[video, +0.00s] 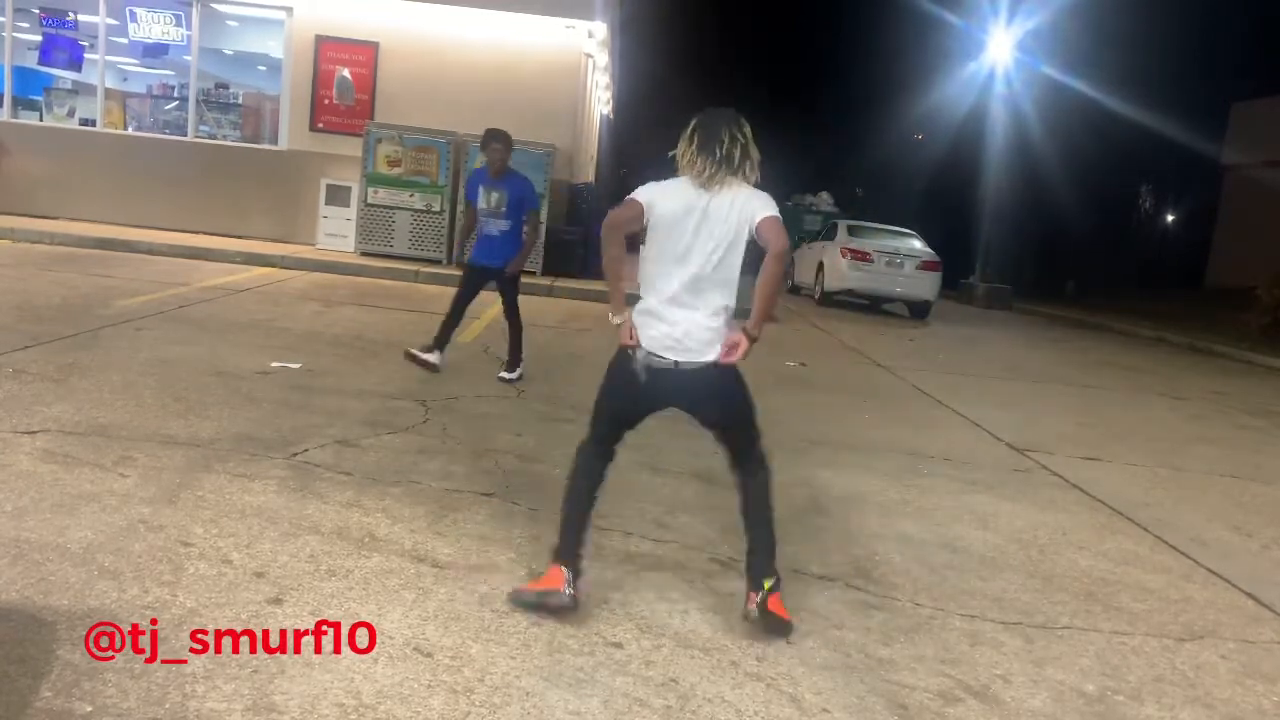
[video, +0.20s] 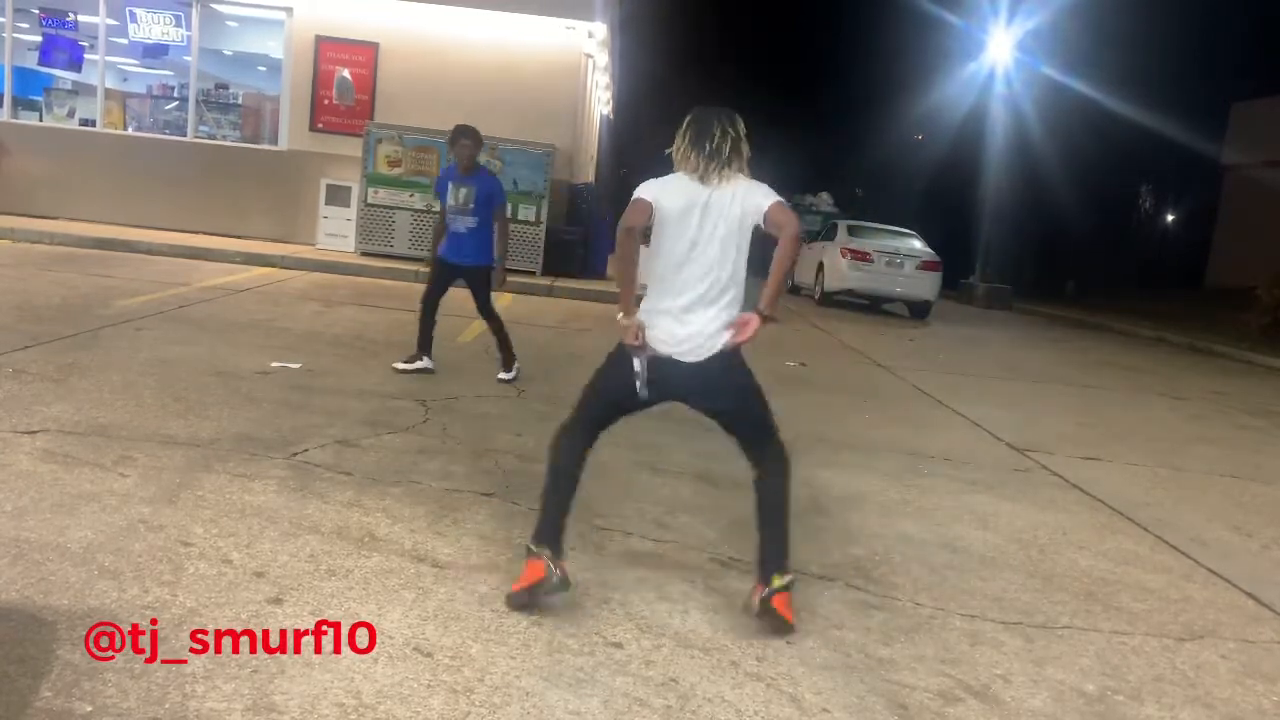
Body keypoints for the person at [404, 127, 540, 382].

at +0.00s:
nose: (497, 156)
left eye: (502, 151)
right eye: (493, 151)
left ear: (510, 154)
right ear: (484, 153)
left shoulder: (522, 185)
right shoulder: (475, 179)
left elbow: (533, 228)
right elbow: (470, 217)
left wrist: (520, 259)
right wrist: (459, 247)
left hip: (508, 260)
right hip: (481, 256)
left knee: (511, 312)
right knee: (460, 301)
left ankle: (514, 365)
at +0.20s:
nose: (467, 152)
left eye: (472, 147)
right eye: (462, 147)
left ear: (479, 151)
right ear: (452, 149)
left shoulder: (490, 183)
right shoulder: (445, 178)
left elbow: (502, 224)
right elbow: (443, 219)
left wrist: (501, 264)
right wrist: (434, 253)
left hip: (478, 260)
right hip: (449, 256)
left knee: (485, 309)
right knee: (428, 302)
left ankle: (509, 361)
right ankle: (423, 356)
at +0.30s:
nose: (450, 145)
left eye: (454, 140)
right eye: (445, 140)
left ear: (462, 143)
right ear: (436, 142)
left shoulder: (473, 176)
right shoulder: (427, 171)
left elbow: (485, 220)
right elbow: (424, 211)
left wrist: (483, 260)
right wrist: (413, 245)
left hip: (459, 253)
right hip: (432, 250)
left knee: (455, 303)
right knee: (422, 301)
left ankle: (480, 352)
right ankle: (423, 354)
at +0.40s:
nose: (439, 141)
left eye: (444, 136)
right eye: (434, 135)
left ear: (452, 139)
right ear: (426, 138)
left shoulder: (464, 172)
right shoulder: (416, 166)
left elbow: (474, 215)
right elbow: (409, 208)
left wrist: (468, 249)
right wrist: (398, 246)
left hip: (449, 247)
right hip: (422, 245)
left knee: (437, 298)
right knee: (419, 299)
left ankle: (449, 359)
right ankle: (422, 355)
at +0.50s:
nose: (428, 140)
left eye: (433, 135)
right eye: (423, 134)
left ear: (439, 138)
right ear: (412, 136)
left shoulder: (450, 170)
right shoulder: (400, 164)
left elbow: (458, 214)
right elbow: (391, 207)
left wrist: (451, 250)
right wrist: (381, 246)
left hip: (435, 246)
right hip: (408, 244)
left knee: (415, 301)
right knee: (411, 301)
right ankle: (422, 354)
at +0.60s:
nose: (419, 140)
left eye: (424, 135)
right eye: (414, 134)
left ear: (431, 139)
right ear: (404, 137)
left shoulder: (444, 174)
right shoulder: (391, 164)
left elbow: (450, 215)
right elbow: (383, 207)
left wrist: (446, 249)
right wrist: (372, 246)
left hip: (423, 247)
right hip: (397, 244)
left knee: (402, 302)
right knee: (405, 302)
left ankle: (376, 358)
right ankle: (421, 355)